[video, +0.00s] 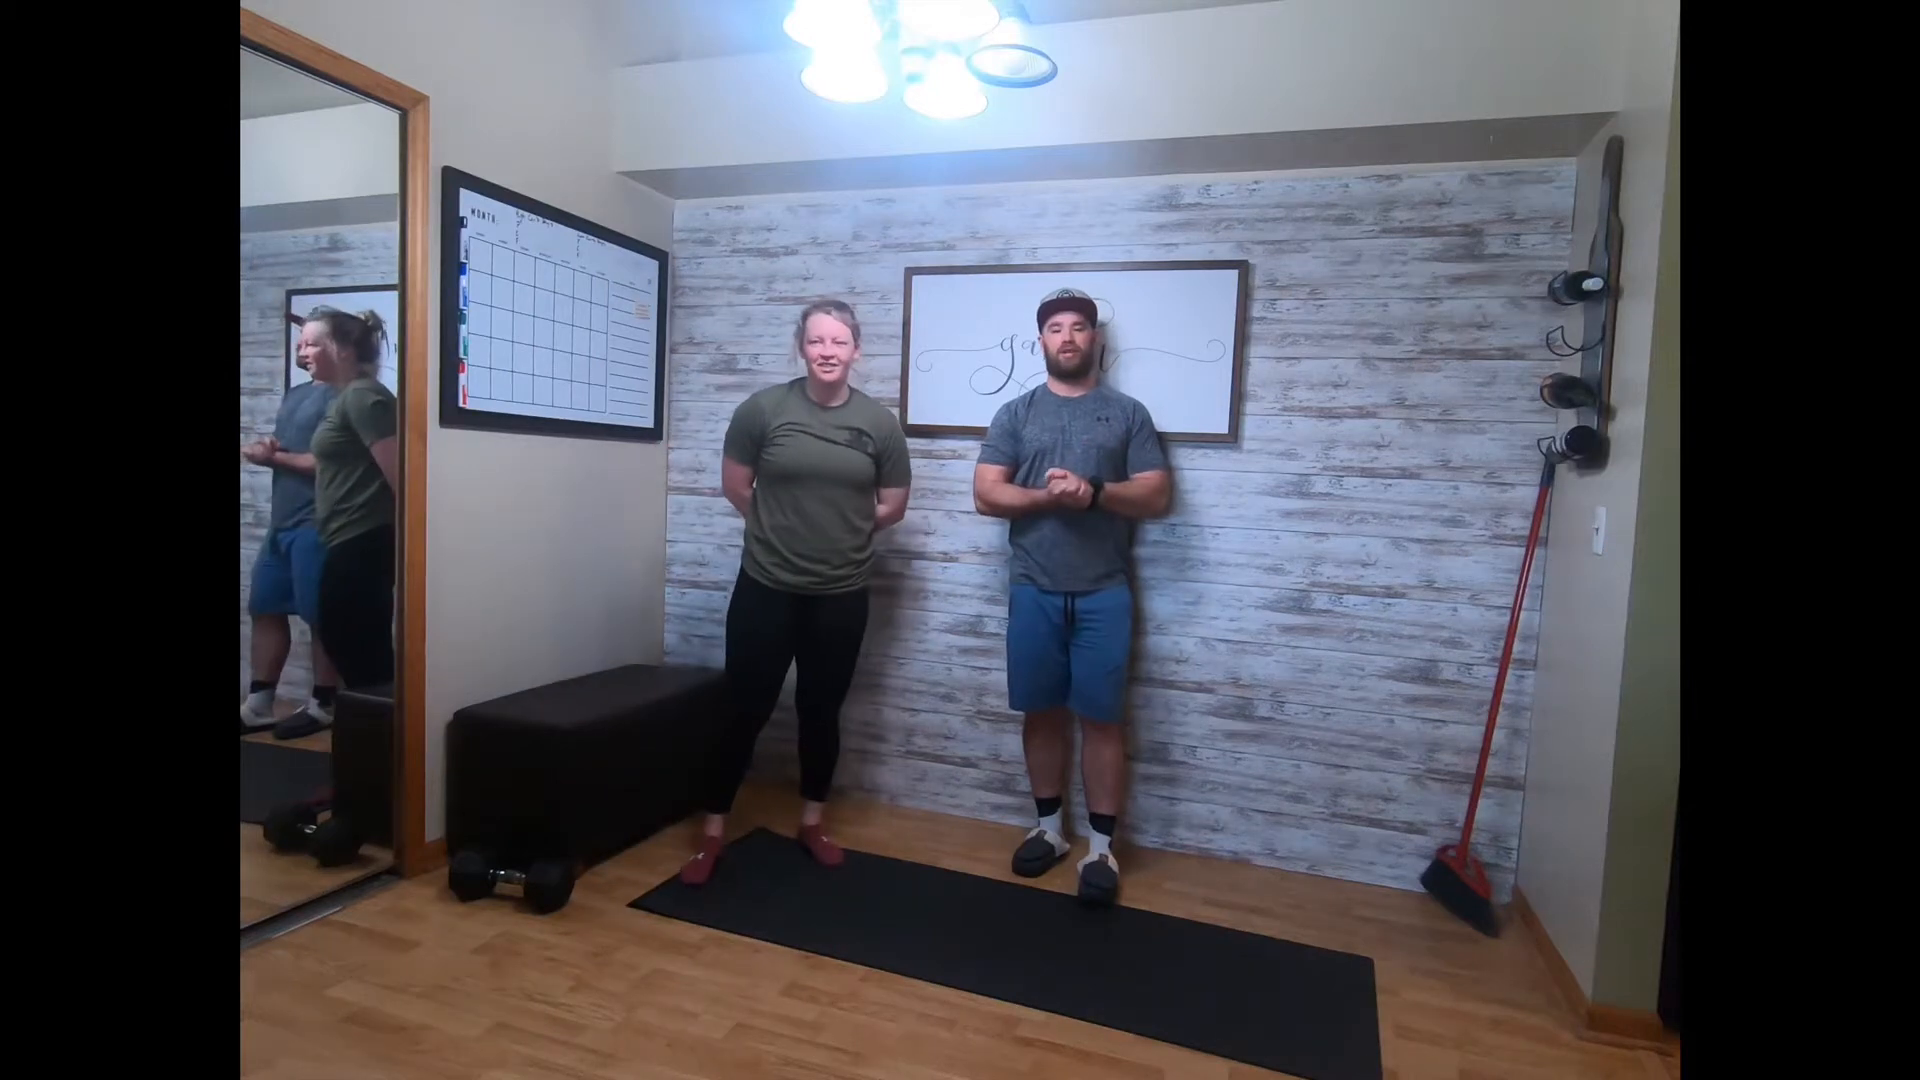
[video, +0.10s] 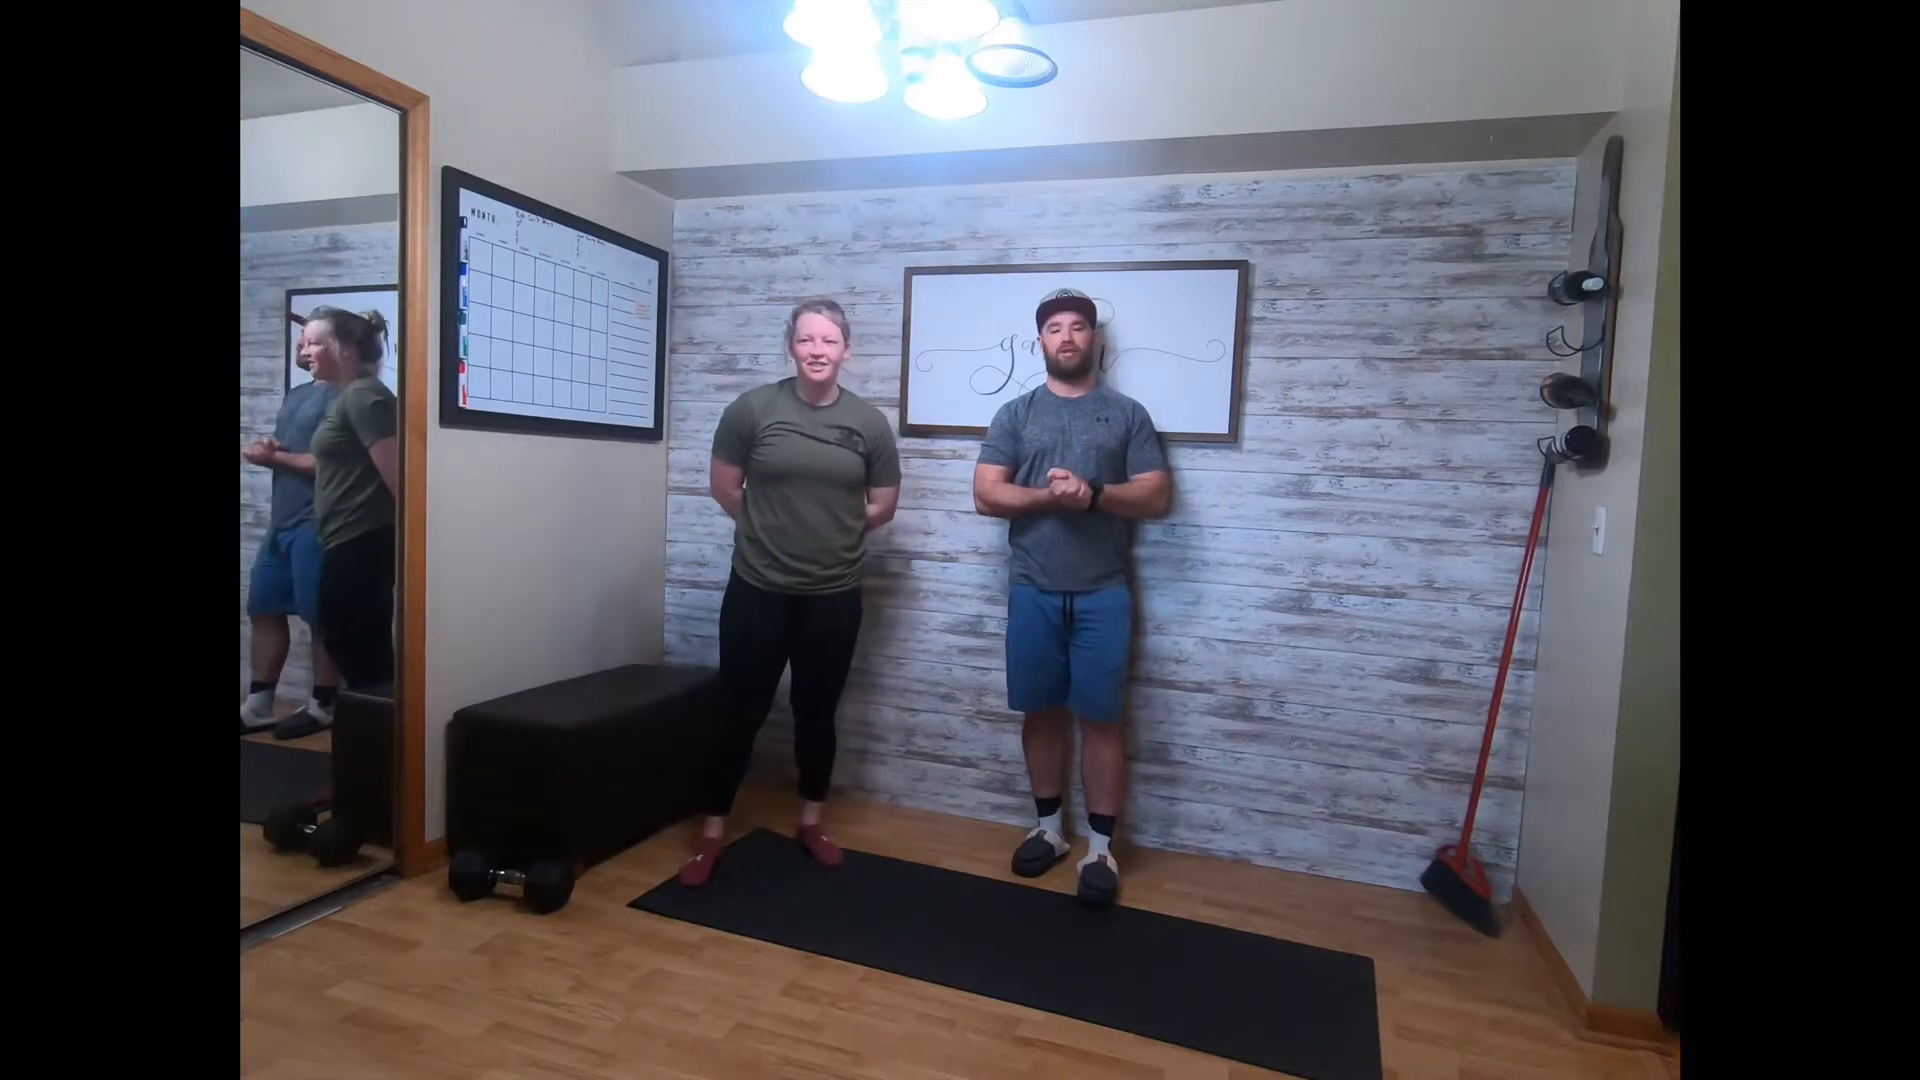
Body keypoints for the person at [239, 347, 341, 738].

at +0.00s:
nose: (303, 352)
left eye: (311, 345)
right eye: (301, 345)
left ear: (332, 348)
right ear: (301, 350)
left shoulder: (342, 397)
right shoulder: (294, 395)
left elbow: (329, 462)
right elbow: (292, 447)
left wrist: (274, 458)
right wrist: (273, 448)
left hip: (318, 527)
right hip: (281, 526)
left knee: (321, 619)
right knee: (266, 610)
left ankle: (324, 706)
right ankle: (259, 704)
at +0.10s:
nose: (303, 351)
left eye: (311, 343)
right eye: (302, 344)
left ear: (333, 347)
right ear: (303, 350)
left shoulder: (342, 398)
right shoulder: (295, 395)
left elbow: (330, 463)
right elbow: (292, 447)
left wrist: (274, 458)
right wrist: (273, 448)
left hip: (318, 526)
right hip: (281, 526)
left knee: (322, 619)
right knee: (265, 609)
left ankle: (324, 706)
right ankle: (259, 703)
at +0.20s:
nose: (305, 347)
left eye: (314, 340)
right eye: (304, 341)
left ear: (335, 345)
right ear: (304, 348)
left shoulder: (344, 396)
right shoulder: (295, 394)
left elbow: (331, 463)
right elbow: (290, 446)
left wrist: (275, 457)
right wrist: (273, 448)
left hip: (318, 527)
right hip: (281, 526)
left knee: (322, 619)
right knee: (268, 611)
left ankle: (324, 706)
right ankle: (259, 704)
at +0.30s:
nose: (306, 346)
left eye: (314, 339)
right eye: (304, 340)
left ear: (335, 344)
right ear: (303, 348)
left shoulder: (344, 396)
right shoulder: (294, 394)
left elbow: (330, 463)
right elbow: (288, 448)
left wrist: (274, 456)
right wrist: (271, 448)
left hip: (318, 526)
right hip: (281, 526)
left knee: (322, 619)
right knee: (269, 611)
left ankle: (324, 706)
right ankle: (259, 704)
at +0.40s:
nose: (305, 346)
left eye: (315, 338)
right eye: (304, 339)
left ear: (336, 345)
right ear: (301, 346)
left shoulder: (345, 395)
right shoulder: (294, 395)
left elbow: (335, 465)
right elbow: (284, 449)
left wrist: (279, 456)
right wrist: (266, 449)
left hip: (318, 526)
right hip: (281, 526)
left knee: (322, 619)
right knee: (269, 611)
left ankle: (323, 706)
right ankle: (259, 704)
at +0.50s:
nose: (305, 343)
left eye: (316, 336)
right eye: (304, 336)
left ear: (336, 346)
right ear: (301, 343)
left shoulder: (343, 395)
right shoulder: (292, 395)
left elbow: (334, 465)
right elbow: (287, 448)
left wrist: (277, 459)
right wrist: (272, 450)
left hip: (320, 527)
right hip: (282, 526)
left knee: (322, 618)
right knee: (268, 610)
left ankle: (324, 706)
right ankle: (259, 704)